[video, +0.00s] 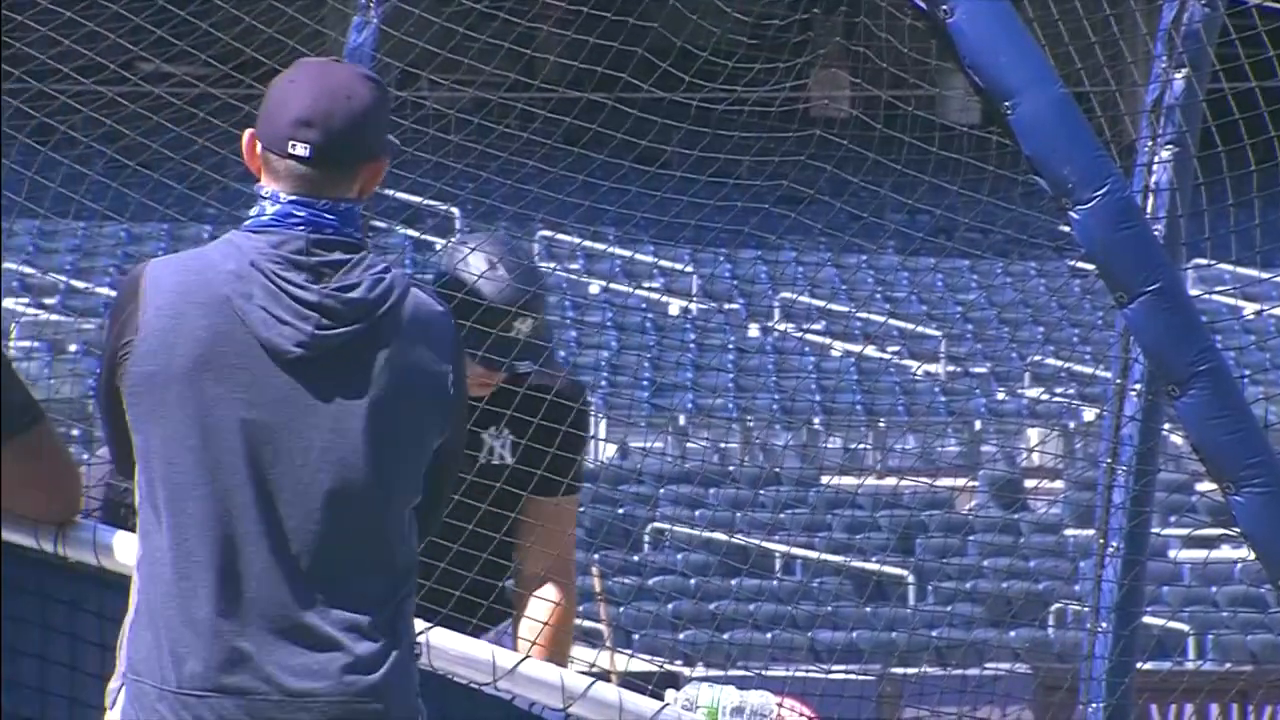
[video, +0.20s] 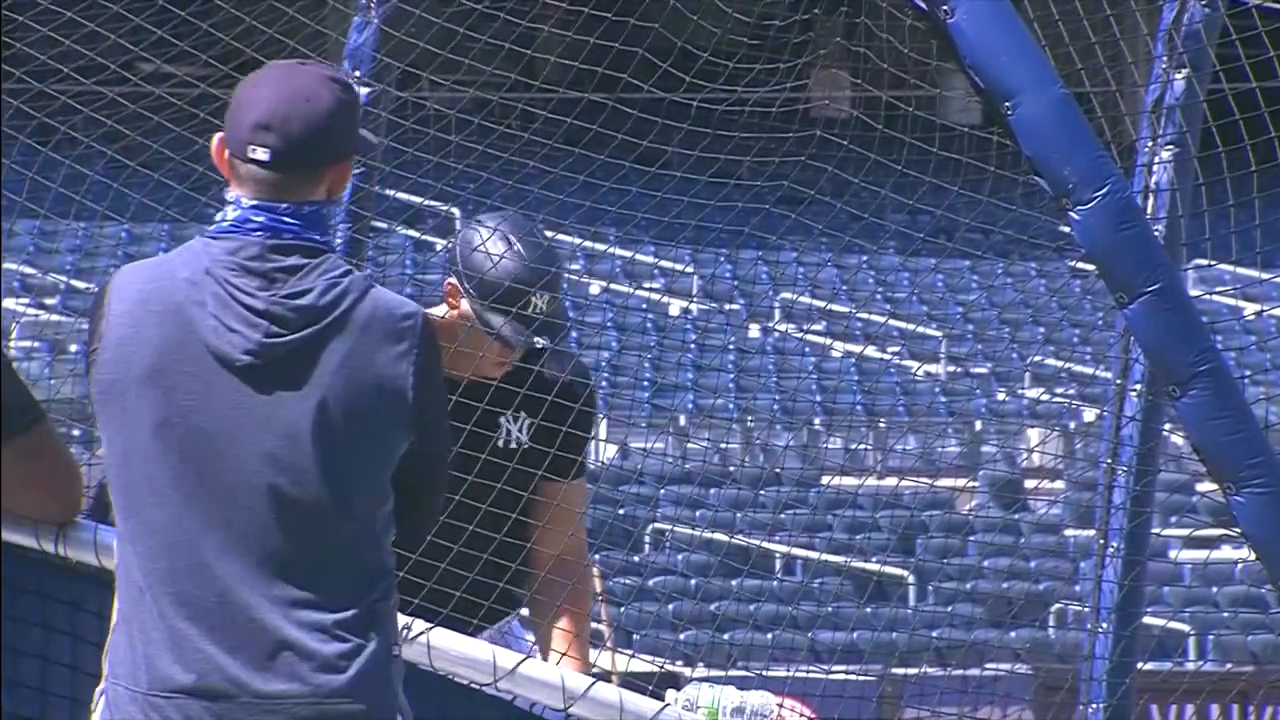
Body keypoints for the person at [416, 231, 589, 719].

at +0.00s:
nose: (495, 369)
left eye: (514, 355)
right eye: (480, 349)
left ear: (534, 341)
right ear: (433, 323)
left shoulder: (552, 405)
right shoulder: (384, 370)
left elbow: (546, 573)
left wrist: (533, 697)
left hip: (470, 645)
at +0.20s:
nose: (513, 354)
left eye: (528, 339)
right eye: (500, 334)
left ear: (547, 318)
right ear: (452, 297)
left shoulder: (561, 391)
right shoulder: (381, 353)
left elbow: (560, 560)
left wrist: (573, 689)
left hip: (489, 637)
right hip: (368, 619)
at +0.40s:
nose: (467, 342)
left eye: (478, 324)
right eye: (453, 320)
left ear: (490, 315)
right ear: (398, 290)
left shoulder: (497, 376)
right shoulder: (321, 356)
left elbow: (546, 533)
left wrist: (622, 666)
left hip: (437, 650)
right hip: (313, 632)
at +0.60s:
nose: (427, 325)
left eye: (438, 307)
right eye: (414, 304)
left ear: (450, 295)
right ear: (354, 276)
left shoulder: (452, 353)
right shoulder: (286, 347)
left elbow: (533, 473)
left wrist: (660, 548)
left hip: (418, 618)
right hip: (302, 612)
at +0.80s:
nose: (443, 316)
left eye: (451, 299)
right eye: (429, 296)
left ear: (463, 293)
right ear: (370, 274)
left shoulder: (463, 355)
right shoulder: (296, 351)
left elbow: (568, 434)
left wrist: (715, 469)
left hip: (423, 631)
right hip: (305, 620)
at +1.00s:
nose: (493, 322)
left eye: (503, 304)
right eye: (479, 300)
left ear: (512, 301)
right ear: (421, 282)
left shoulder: (513, 369)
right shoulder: (339, 368)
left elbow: (630, 452)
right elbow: (301, 520)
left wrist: (768, 492)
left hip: (447, 657)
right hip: (334, 646)